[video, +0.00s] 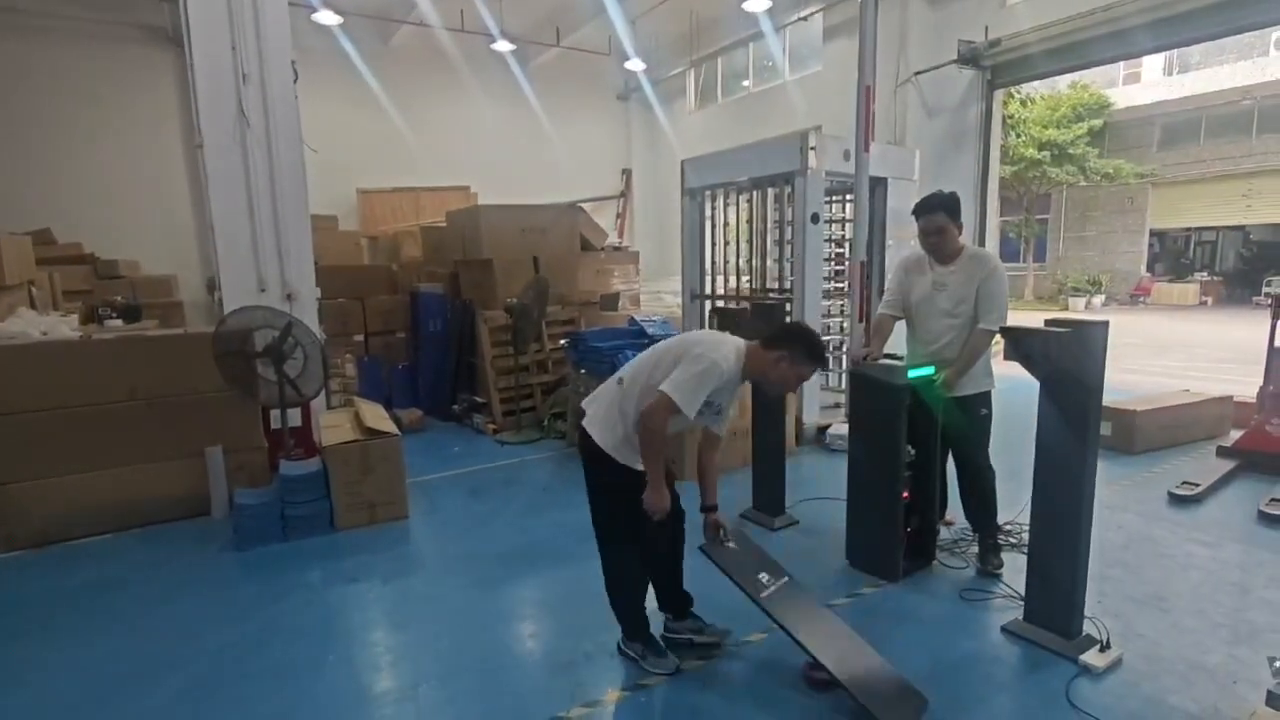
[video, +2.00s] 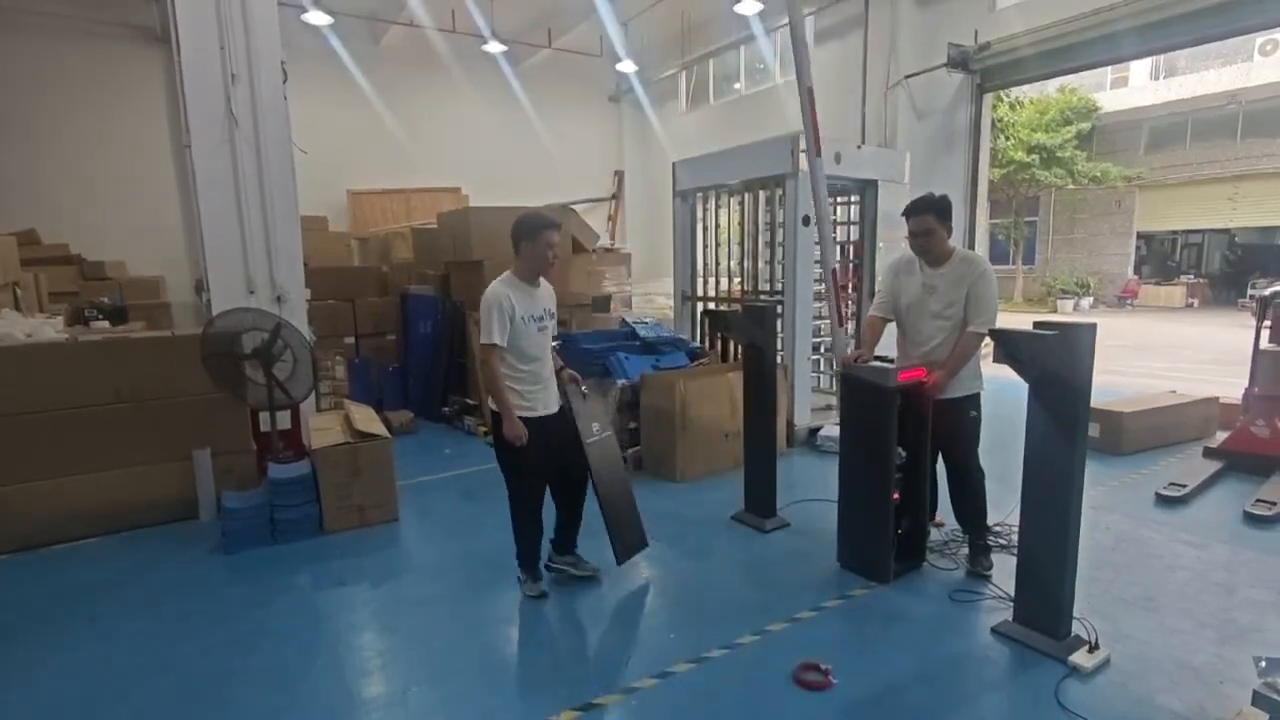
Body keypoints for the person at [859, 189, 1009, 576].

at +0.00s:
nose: (929, 242)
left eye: (937, 234)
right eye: (923, 234)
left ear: (959, 229)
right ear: (917, 232)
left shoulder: (986, 266)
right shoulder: (910, 264)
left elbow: (988, 327)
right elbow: (888, 312)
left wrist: (954, 373)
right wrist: (872, 348)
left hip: (970, 386)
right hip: (922, 385)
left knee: (975, 468)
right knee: (924, 468)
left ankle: (988, 543)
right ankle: (921, 543)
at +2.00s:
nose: (916, 243)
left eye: (924, 235)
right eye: (911, 236)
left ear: (948, 230)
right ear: (906, 233)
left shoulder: (976, 269)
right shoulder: (899, 267)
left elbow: (977, 330)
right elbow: (877, 315)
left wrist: (945, 372)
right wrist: (864, 350)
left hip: (958, 391)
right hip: (911, 389)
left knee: (964, 470)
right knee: (914, 470)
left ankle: (977, 543)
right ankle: (911, 546)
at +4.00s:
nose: (923, 243)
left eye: (931, 235)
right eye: (920, 235)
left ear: (958, 232)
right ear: (919, 232)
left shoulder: (990, 270)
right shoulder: (912, 270)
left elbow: (991, 332)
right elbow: (891, 316)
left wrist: (961, 375)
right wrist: (879, 353)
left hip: (976, 392)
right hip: (928, 392)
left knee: (983, 472)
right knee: (933, 473)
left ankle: (998, 544)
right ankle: (930, 552)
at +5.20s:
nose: (916, 241)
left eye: (923, 234)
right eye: (915, 233)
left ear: (953, 231)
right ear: (921, 231)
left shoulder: (988, 268)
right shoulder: (912, 267)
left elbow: (991, 329)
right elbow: (891, 313)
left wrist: (960, 373)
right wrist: (879, 349)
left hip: (974, 389)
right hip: (926, 389)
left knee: (981, 470)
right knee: (932, 471)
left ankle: (997, 544)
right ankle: (930, 545)